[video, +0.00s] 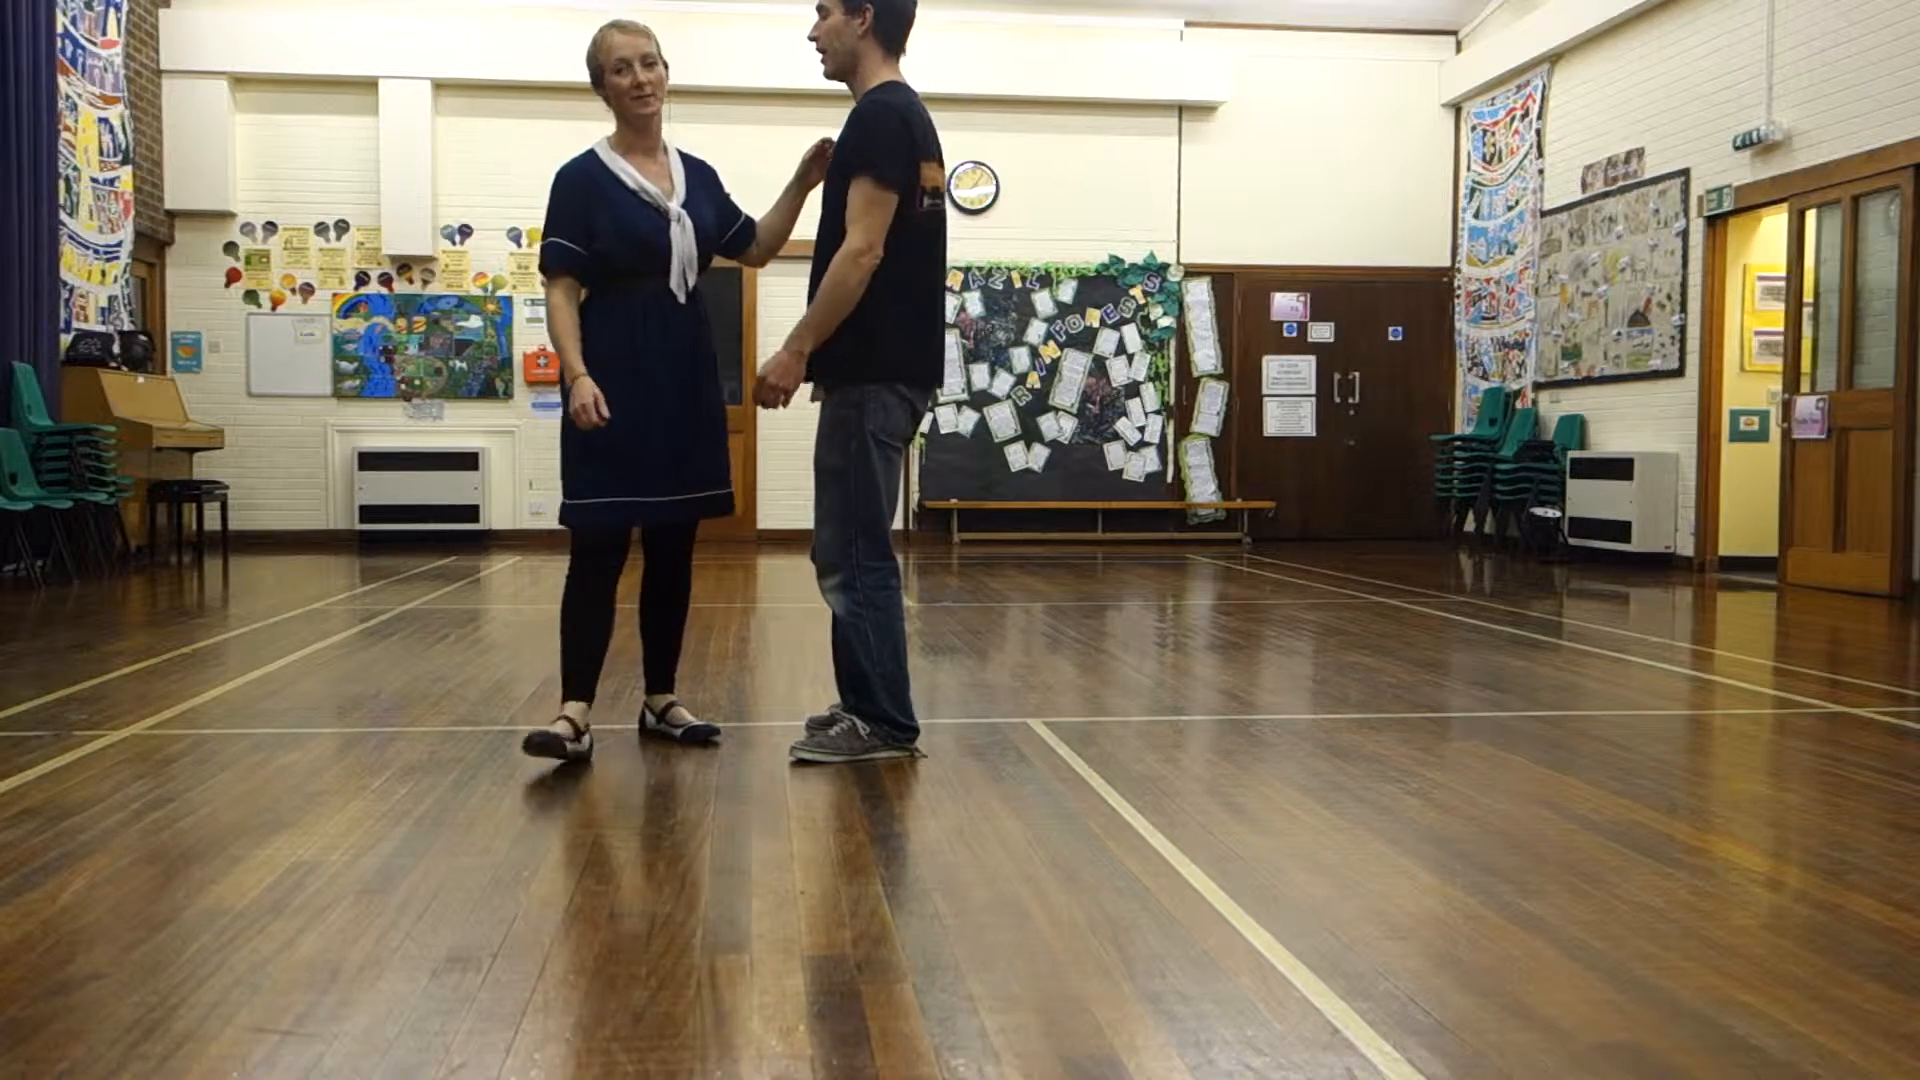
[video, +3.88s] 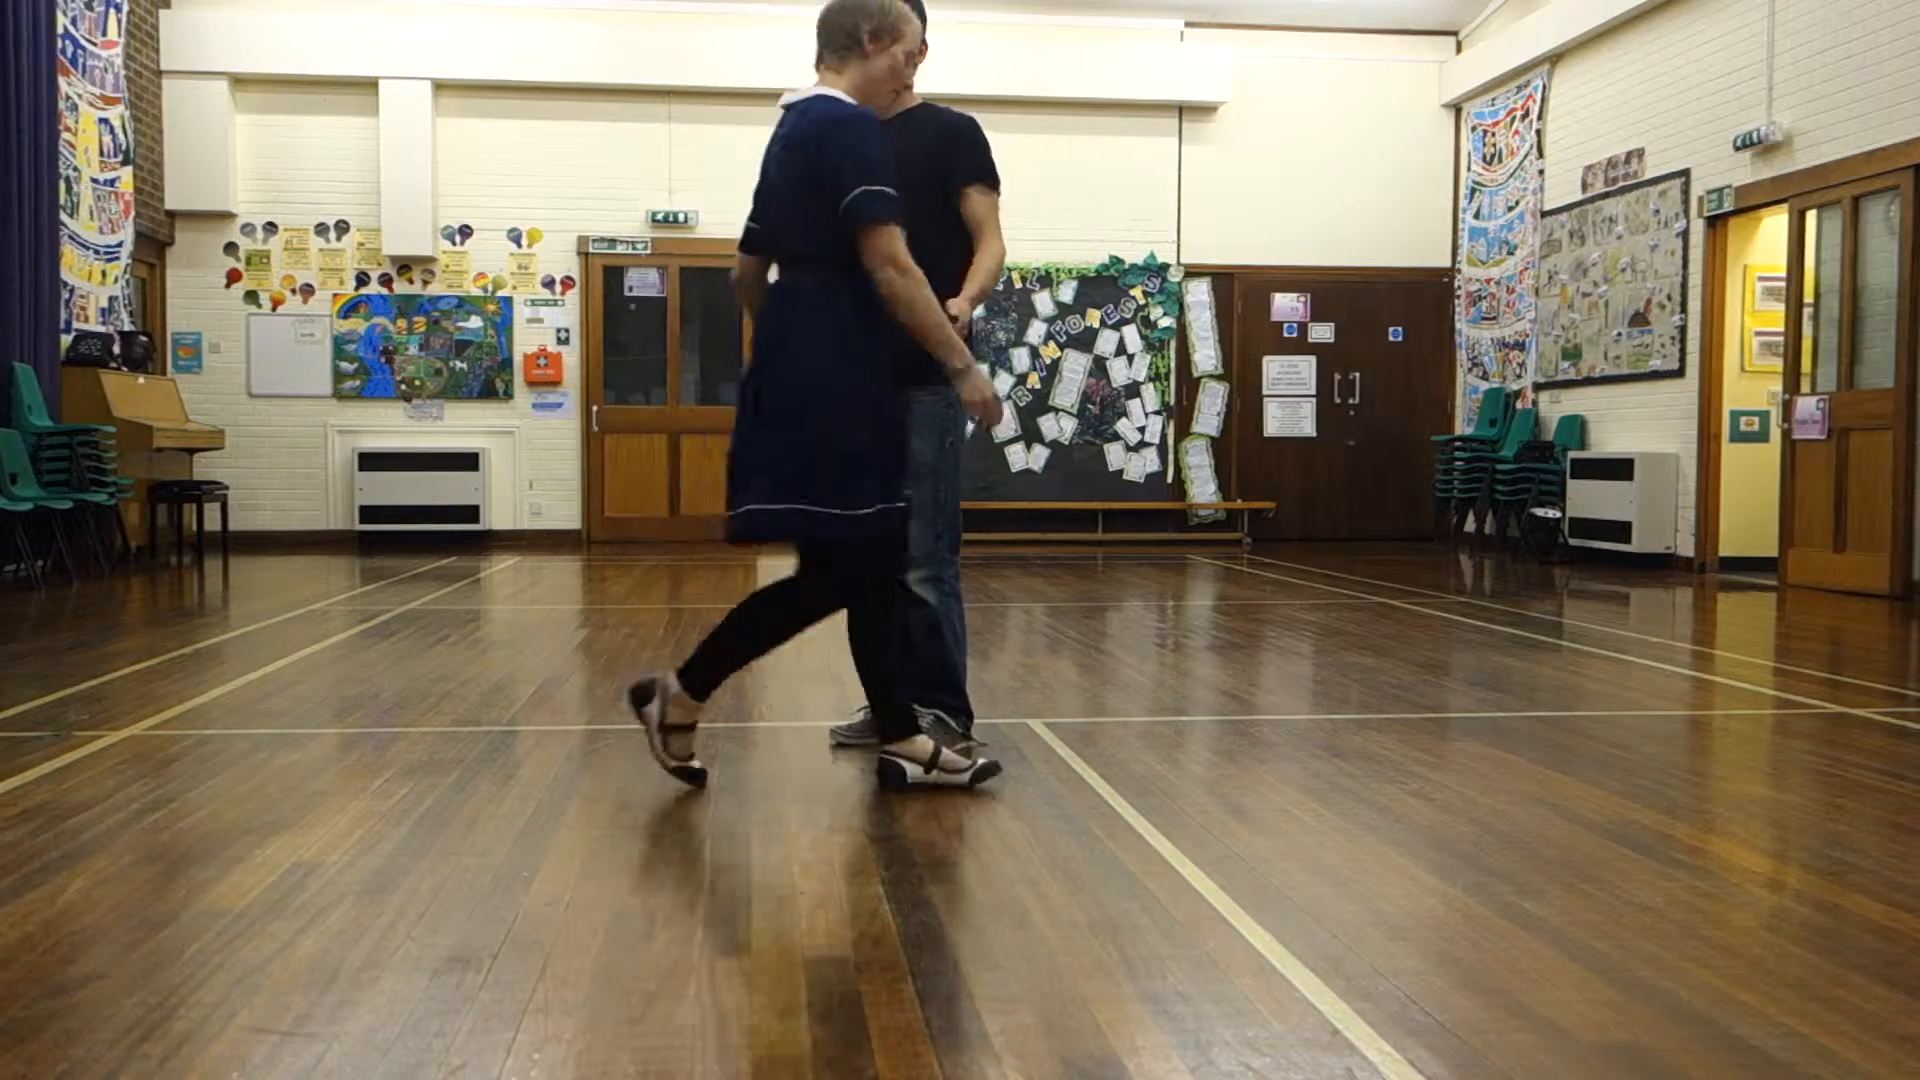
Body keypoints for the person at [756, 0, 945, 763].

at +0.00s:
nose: (813, 29)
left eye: (825, 14)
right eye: (816, 15)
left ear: (863, 21)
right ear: (869, 24)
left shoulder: (884, 113)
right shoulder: (885, 114)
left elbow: (861, 250)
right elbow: (872, 253)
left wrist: (794, 350)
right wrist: (810, 356)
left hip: (875, 371)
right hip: (871, 370)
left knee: (854, 551)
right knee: (848, 548)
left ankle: (883, 721)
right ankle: (869, 708)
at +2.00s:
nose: (875, 41)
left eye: (893, 27)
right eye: (866, 28)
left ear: (929, 44)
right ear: (859, 42)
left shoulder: (935, 130)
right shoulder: (891, 138)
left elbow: (915, 247)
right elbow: (887, 257)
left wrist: (812, 295)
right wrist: (811, 296)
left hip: (916, 381)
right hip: (891, 380)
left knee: (864, 554)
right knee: (893, 552)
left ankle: (859, 720)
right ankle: (916, 711)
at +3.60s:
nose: (867, 44)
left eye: (885, 31)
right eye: (855, 31)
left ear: (915, 51)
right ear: (841, 49)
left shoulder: (946, 132)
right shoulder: (832, 159)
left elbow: (985, 246)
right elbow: (814, 272)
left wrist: (929, 286)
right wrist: (755, 274)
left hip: (928, 376)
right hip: (863, 380)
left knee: (917, 555)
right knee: (869, 559)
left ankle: (945, 711)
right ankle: (895, 708)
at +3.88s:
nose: (890, 61)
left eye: (898, 47)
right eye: (886, 46)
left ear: (916, 53)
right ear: (870, 47)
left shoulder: (951, 131)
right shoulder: (837, 136)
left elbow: (990, 238)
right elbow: (804, 244)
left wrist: (968, 298)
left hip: (928, 369)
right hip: (855, 369)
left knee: (927, 553)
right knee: (869, 550)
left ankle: (945, 715)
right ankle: (888, 703)